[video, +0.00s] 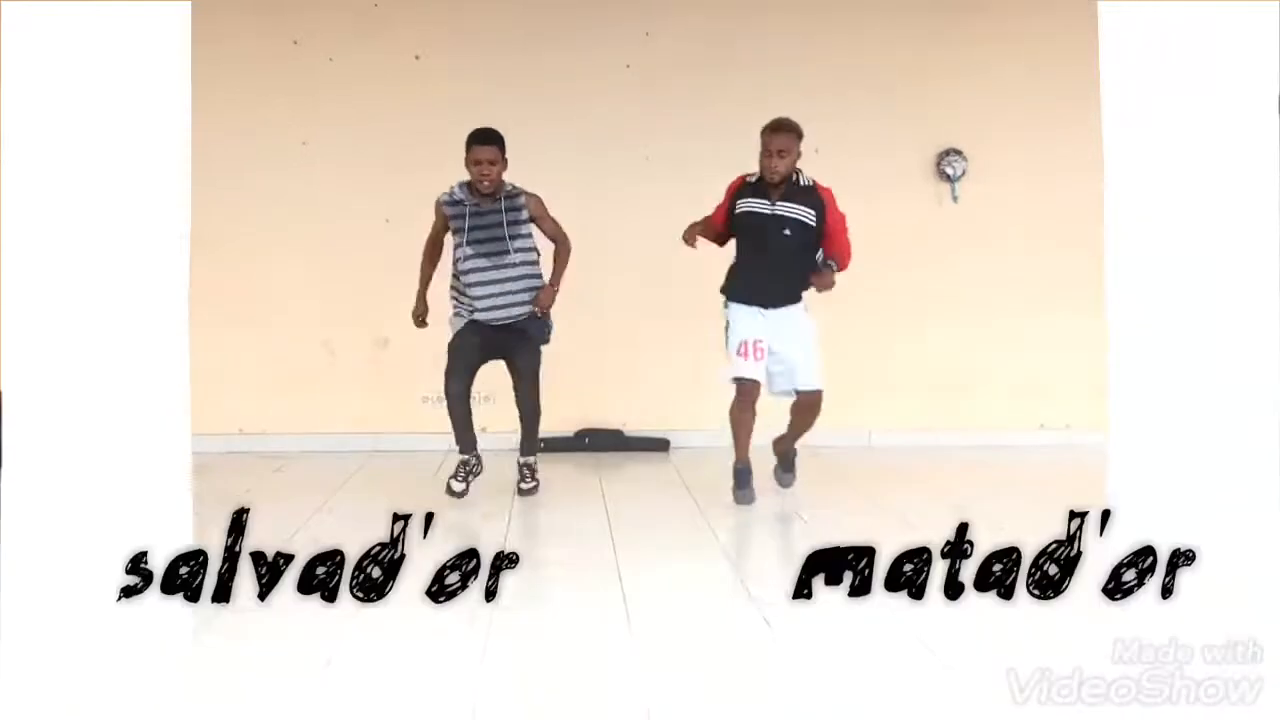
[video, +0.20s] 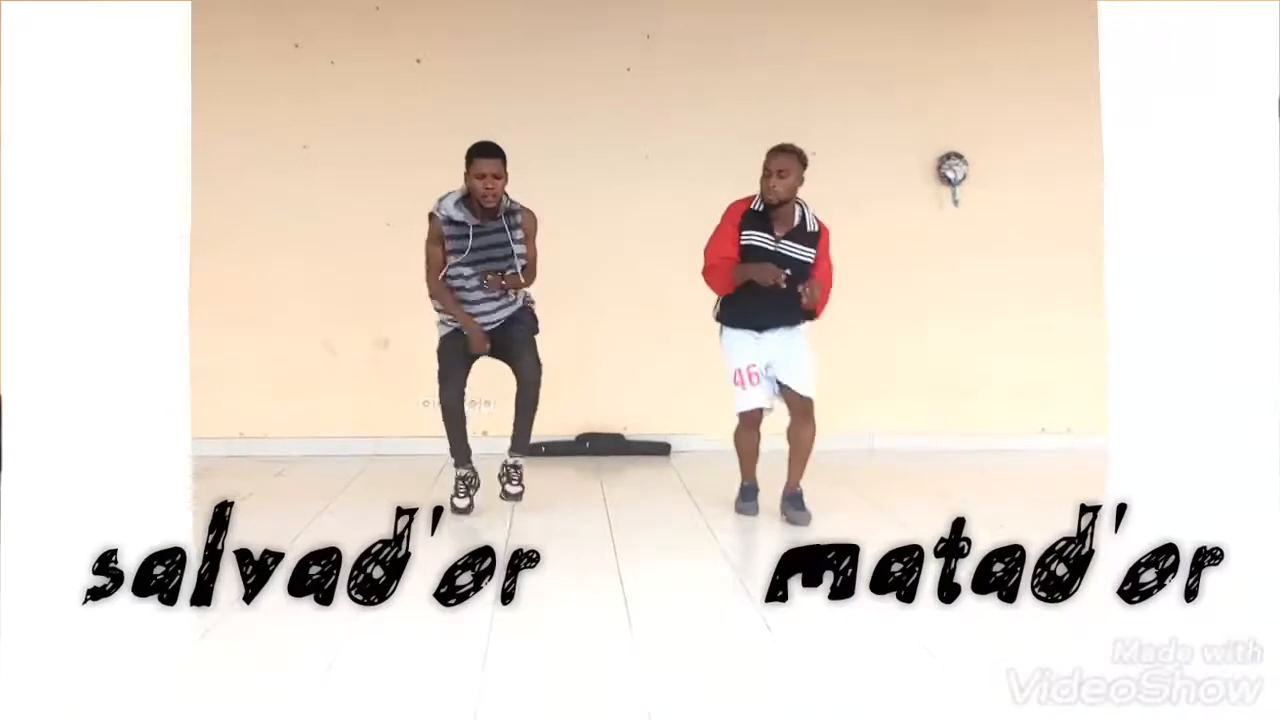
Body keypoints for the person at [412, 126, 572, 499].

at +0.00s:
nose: (484, 170)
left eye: (492, 163)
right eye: (476, 163)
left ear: (504, 163)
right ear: (466, 164)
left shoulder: (526, 202)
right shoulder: (449, 206)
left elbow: (562, 242)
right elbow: (434, 244)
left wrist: (552, 287)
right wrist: (421, 295)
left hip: (522, 321)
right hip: (473, 323)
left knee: (527, 396)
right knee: (455, 389)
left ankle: (528, 462)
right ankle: (469, 458)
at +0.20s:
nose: (489, 185)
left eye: (496, 177)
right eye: (480, 177)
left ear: (506, 179)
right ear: (466, 178)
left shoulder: (523, 219)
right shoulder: (443, 220)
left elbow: (529, 273)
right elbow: (434, 282)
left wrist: (513, 282)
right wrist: (470, 326)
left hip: (509, 315)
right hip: (459, 320)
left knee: (530, 371)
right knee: (449, 392)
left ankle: (515, 461)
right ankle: (464, 471)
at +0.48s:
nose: (465, 116)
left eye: (471, 107)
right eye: (456, 109)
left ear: (485, 106)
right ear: (445, 111)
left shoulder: (514, 149)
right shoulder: (430, 158)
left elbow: (552, 200)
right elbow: (404, 216)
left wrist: (585, 248)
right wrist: (379, 272)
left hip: (507, 278)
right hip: (453, 282)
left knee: (545, 345)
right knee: (431, 359)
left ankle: (580, 432)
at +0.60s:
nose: (460, 129)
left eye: (468, 120)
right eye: (452, 121)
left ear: (481, 119)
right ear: (441, 123)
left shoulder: (506, 156)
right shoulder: (425, 169)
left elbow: (545, 192)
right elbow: (390, 217)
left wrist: (576, 194)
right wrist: (358, 265)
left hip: (506, 285)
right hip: (456, 289)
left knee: (554, 338)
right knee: (447, 369)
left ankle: (561, 435)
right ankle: (392, 353)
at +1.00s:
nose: (434, 161)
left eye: (441, 151)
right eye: (429, 154)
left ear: (466, 148)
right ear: (427, 156)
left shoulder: (500, 170)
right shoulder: (435, 203)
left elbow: (514, 231)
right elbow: (426, 252)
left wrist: (469, 256)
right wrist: (405, 303)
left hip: (516, 311)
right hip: (471, 309)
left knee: (526, 396)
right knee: (453, 385)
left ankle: (498, 482)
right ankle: (379, 375)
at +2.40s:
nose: (500, 173)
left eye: (510, 165)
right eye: (493, 163)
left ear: (522, 169)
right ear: (480, 163)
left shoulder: (536, 215)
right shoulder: (454, 204)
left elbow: (554, 280)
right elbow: (443, 256)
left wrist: (497, 305)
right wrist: (428, 315)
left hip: (506, 328)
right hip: (453, 322)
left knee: (506, 421)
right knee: (435, 413)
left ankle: (496, 515)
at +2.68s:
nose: (489, 194)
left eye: (498, 187)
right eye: (482, 185)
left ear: (516, 186)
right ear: (474, 182)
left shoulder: (530, 224)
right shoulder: (461, 205)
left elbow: (526, 284)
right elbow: (407, 208)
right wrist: (375, 156)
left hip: (506, 350)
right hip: (453, 340)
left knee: (507, 430)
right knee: (392, 381)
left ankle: (501, 523)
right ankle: (349, 444)